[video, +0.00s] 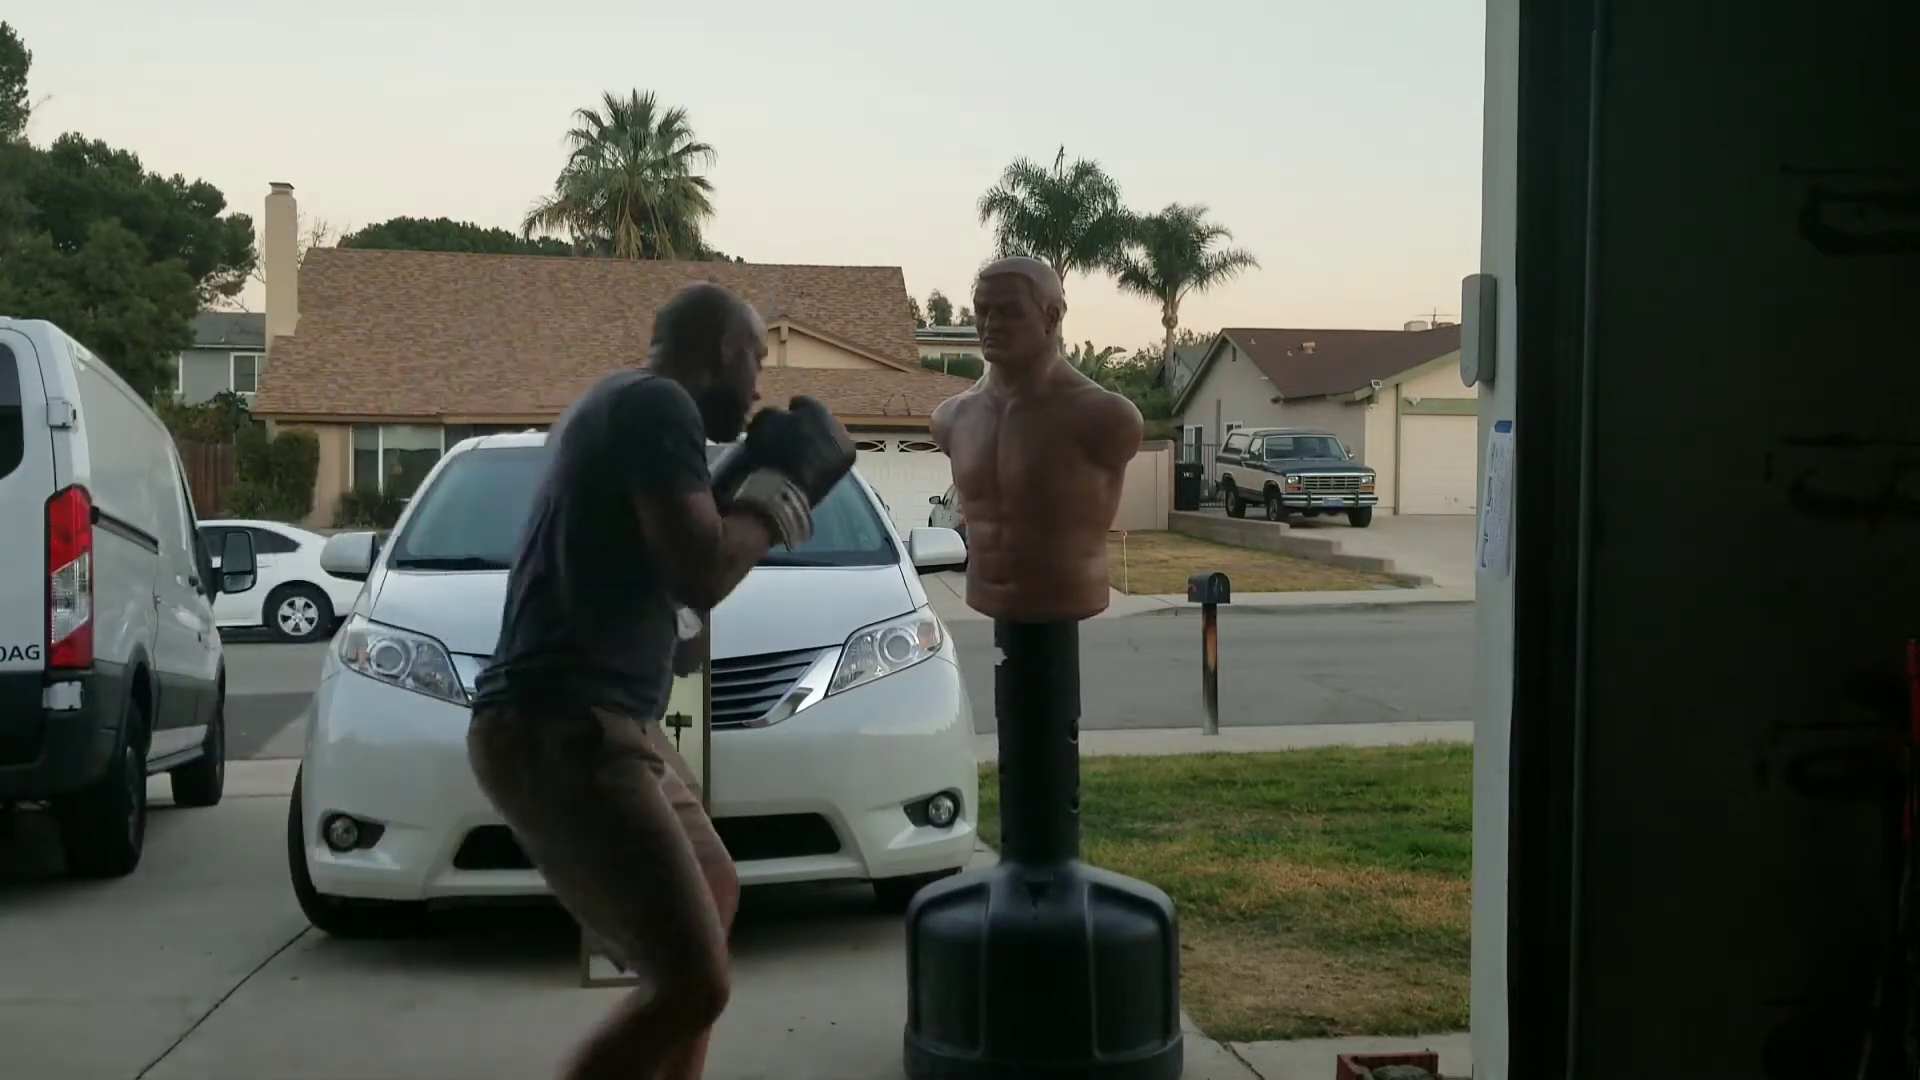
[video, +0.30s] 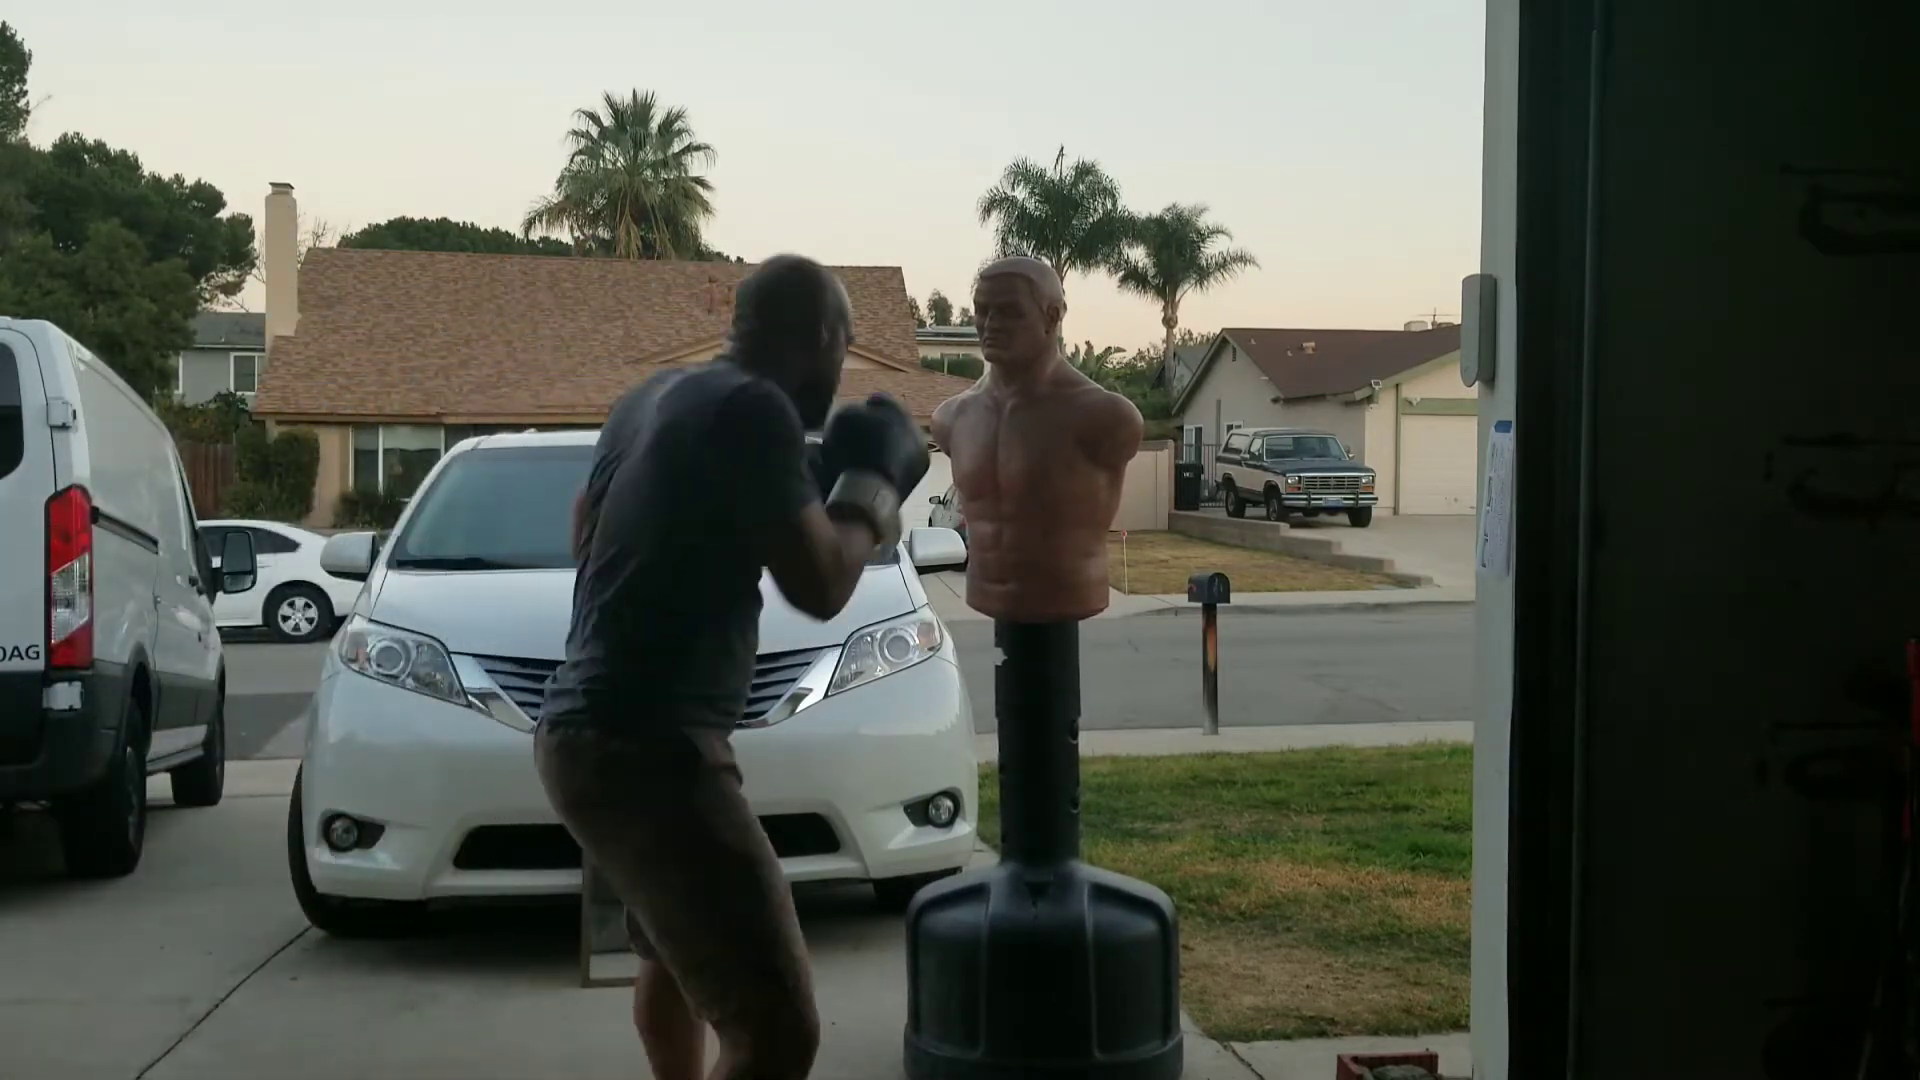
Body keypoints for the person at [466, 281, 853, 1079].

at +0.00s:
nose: (760, 385)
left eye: (760, 365)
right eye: (755, 363)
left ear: (677, 349)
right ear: (720, 355)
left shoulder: (637, 405)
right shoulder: (653, 405)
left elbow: (670, 560)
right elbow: (704, 576)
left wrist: (742, 480)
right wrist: (779, 487)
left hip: (610, 719)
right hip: (563, 726)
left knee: (713, 889)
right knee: (693, 984)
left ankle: (675, 1062)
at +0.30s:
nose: (842, 366)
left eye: (844, 347)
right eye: (844, 344)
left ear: (744, 329)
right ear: (820, 340)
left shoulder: (648, 396)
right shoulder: (755, 412)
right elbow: (822, 586)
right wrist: (874, 484)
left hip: (583, 737)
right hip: (654, 745)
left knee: (673, 966)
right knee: (776, 1034)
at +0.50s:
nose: (831, 243)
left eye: (842, 228)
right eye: (832, 224)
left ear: (727, 216)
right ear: (813, 224)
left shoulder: (639, 290)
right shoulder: (782, 290)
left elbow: (726, 269)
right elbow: (912, 431)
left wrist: (811, 212)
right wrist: (929, 291)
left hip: (596, 654)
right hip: (684, 660)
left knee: (677, 940)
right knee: (736, 983)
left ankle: (649, 1072)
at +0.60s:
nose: (847, 270)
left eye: (846, 252)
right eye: (841, 247)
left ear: (732, 237)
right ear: (820, 239)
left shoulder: (638, 332)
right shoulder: (786, 335)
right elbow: (904, 509)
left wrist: (830, 312)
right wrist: (916, 354)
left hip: (615, 722)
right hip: (716, 729)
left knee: (684, 1017)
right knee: (742, 1039)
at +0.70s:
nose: (866, 284)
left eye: (862, 262)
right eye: (864, 261)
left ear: (747, 261)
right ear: (843, 264)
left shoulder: (636, 370)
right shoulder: (800, 369)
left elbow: (600, 563)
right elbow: (870, 581)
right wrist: (904, 437)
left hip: (633, 746)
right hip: (734, 752)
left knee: (715, 1032)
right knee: (760, 1044)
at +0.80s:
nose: (866, 254)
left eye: (860, 236)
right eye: (865, 235)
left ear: (749, 236)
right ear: (850, 233)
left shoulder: (638, 342)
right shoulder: (831, 333)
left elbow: (591, 526)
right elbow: (900, 545)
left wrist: (717, 501)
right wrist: (935, 426)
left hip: (653, 719)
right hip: (761, 719)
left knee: (747, 1008)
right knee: (746, 1031)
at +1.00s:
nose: (861, 275)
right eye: (862, 262)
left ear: (748, 269)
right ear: (855, 260)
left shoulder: (662, 373)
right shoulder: (892, 359)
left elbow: (655, 566)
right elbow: (987, 556)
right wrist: (1001, 439)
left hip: (691, 738)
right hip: (810, 747)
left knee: (762, 1000)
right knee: (762, 1033)